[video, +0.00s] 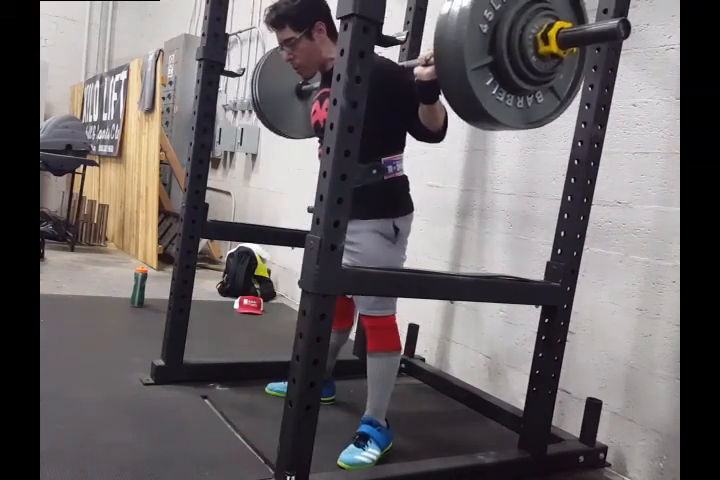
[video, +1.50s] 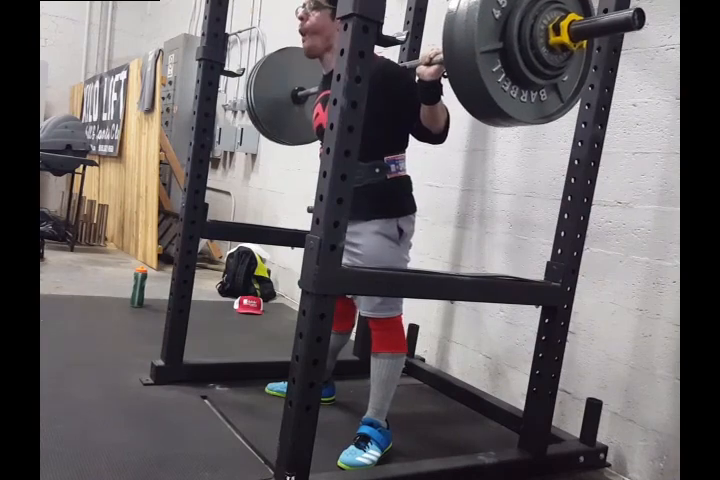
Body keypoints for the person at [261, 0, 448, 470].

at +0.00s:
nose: (287, 56)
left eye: (291, 44)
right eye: (282, 48)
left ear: (322, 32)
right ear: (311, 39)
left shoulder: (383, 74)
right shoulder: (320, 82)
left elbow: (433, 131)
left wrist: (428, 87)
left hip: (379, 213)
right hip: (332, 210)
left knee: (375, 310)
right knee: (328, 300)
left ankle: (375, 424)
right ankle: (318, 379)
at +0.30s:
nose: (290, 52)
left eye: (295, 40)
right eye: (286, 43)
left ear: (328, 30)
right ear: (320, 34)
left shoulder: (386, 76)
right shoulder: (327, 82)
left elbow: (440, 131)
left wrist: (433, 85)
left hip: (384, 216)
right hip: (337, 213)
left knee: (384, 312)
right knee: (332, 301)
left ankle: (376, 424)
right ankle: (318, 379)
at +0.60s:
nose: (293, 52)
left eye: (299, 40)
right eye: (289, 43)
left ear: (331, 31)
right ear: (322, 36)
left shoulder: (390, 79)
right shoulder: (332, 85)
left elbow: (444, 131)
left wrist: (436, 86)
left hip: (387, 218)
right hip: (340, 214)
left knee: (387, 313)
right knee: (337, 303)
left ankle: (377, 424)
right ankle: (318, 380)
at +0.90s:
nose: (302, 36)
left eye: (309, 25)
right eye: (300, 27)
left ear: (342, 23)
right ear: (327, 28)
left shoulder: (390, 77)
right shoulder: (330, 82)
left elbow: (437, 135)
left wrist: (431, 86)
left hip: (381, 213)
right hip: (334, 210)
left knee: (379, 310)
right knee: (330, 298)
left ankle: (376, 424)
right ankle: (318, 379)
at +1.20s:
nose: (300, 25)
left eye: (309, 15)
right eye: (301, 17)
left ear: (340, 21)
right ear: (324, 24)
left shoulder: (385, 74)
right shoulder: (327, 81)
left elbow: (432, 133)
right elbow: (330, 140)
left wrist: (428, 86)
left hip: (378, 213)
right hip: (332, 210)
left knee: (378, 310)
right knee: (329, 299)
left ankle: (375, 424)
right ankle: (318, 379)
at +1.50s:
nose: (300, 22)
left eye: (309, 13)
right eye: (300, 14)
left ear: (339, 20)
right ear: (322, 24)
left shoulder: (387, 74)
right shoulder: (327, 82)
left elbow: (436, 132)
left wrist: (429, 85)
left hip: (381, 212)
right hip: (334, 211)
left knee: (382, 311)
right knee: (330, 300)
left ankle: (375, 423)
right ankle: (318, 379)